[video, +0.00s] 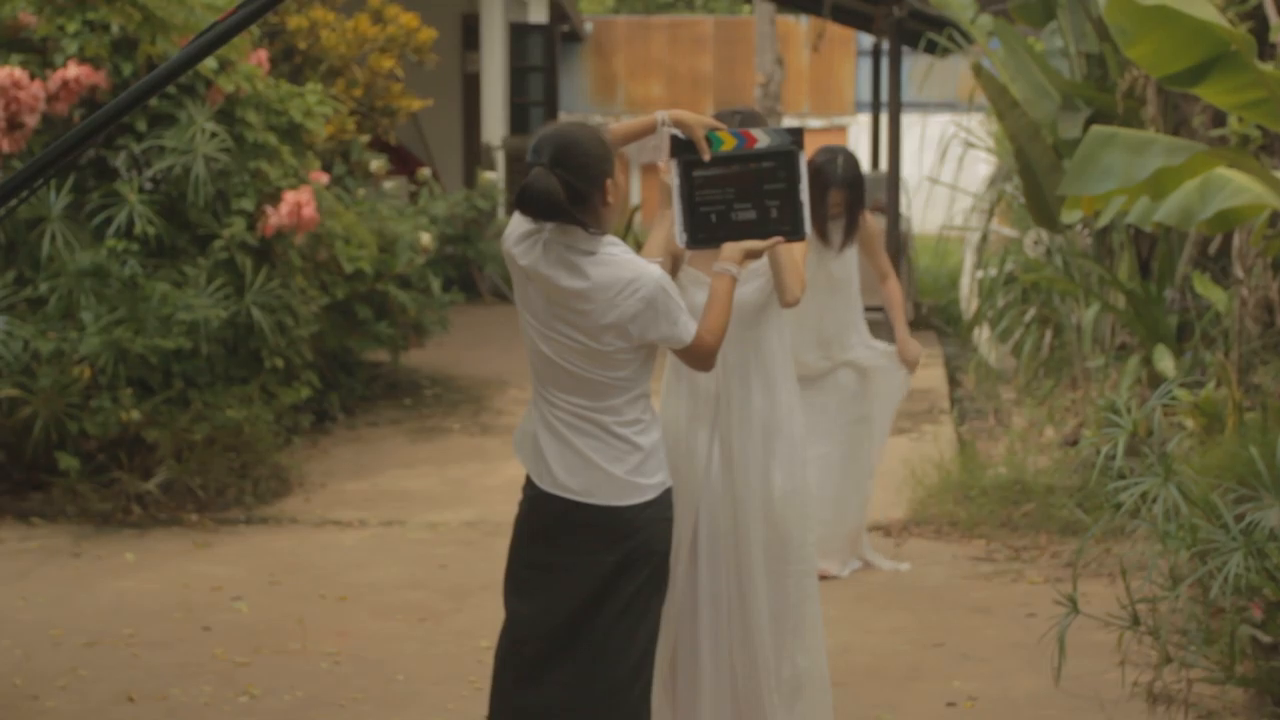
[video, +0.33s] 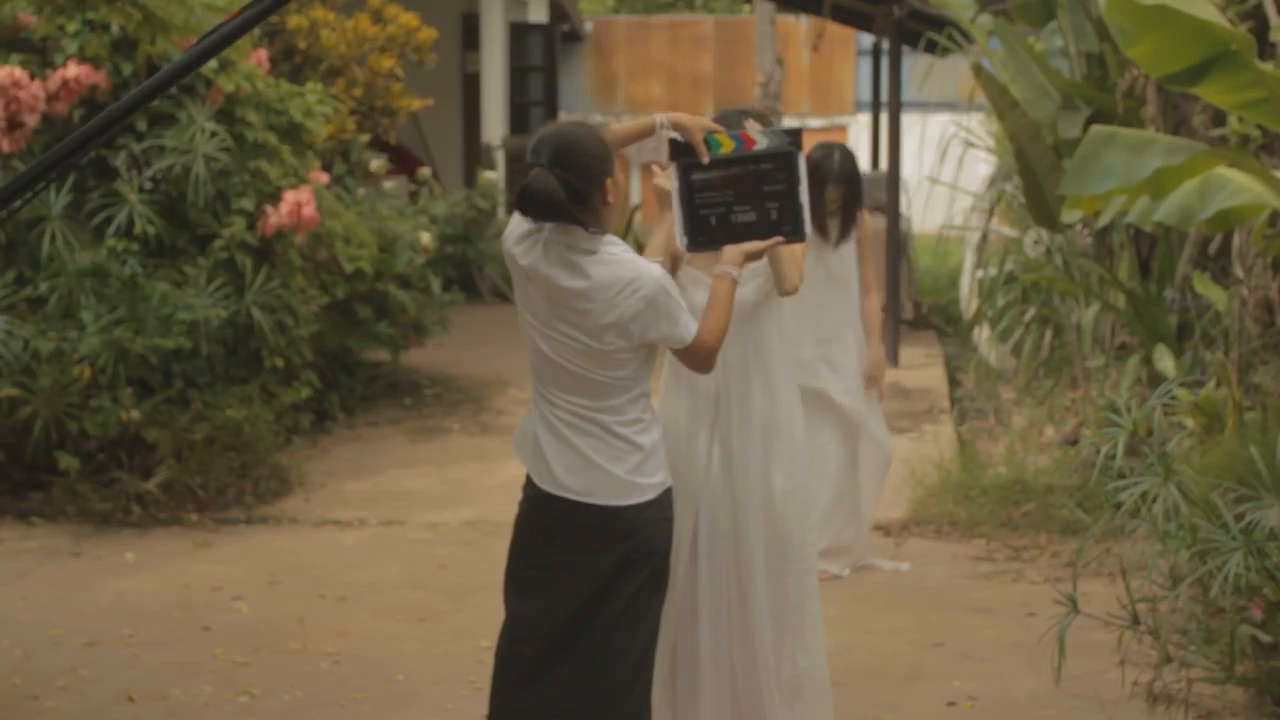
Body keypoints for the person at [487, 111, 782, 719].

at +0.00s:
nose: (625, 181)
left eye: (619, 170)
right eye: (620, 172)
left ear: (548, 181)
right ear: (608, 188)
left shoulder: (523, 243)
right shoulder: (635, 281)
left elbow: (563, 155)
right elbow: (701, 352)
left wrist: (659, 121)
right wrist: (727, 266)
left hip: (551, 488)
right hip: (629, 496)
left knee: (526, 654)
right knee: (618, 666)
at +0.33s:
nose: (625, 180)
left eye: (616, 168)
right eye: (618, 170)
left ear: (546, 181)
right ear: (608, 188)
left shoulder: (523, 243)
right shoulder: (637, 279)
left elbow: (562, 158)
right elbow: (700, 354)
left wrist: (658, 123)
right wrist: (727, 269)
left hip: (550, 488)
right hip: (629, 496)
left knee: (527, 655)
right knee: (618, 667)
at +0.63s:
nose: (622, 178)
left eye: (616, 163)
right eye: (615, 168)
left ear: (542, 182)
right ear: (606, 186)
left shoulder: (524, 242)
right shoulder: (637, 278)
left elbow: (572, 178)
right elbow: (698, 355)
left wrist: (655, 130)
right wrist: (726, 269)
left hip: (551, 488)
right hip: (629, 496)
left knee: (527, 655)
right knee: (618, 667)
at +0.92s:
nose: (622, 180)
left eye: (617, 167)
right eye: (617, 170)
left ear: (543, 181)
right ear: (608, 188)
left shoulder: (523, 240)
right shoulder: (638, 278)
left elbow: (595, 197)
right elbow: (701, 355)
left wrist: (652, 146)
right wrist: (731, 270)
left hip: (549, 486)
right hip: (628, 496)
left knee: (527, 652)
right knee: (617, 666)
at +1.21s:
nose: (631, 177)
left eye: (628, 166)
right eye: (625, 169)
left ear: (553, 181)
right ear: (607, 188)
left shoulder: (522, 242)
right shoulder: (638, 277)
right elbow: (702, 353)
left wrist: (640, 150)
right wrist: (733, 269)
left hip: (548, 488)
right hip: (626, 496)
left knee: (526, 655)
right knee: (616, 666)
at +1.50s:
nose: (630, 192)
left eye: (630, 177)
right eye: (621, 180)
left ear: (562, 184)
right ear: (578, 188)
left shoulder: (504, 233)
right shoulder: (609, 266)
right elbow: (679, 361)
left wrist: (638, 158)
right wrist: (715, 280)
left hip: (531, 474)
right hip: (605, 482)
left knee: (541, 647)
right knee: (618, 655)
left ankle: (535, 717)